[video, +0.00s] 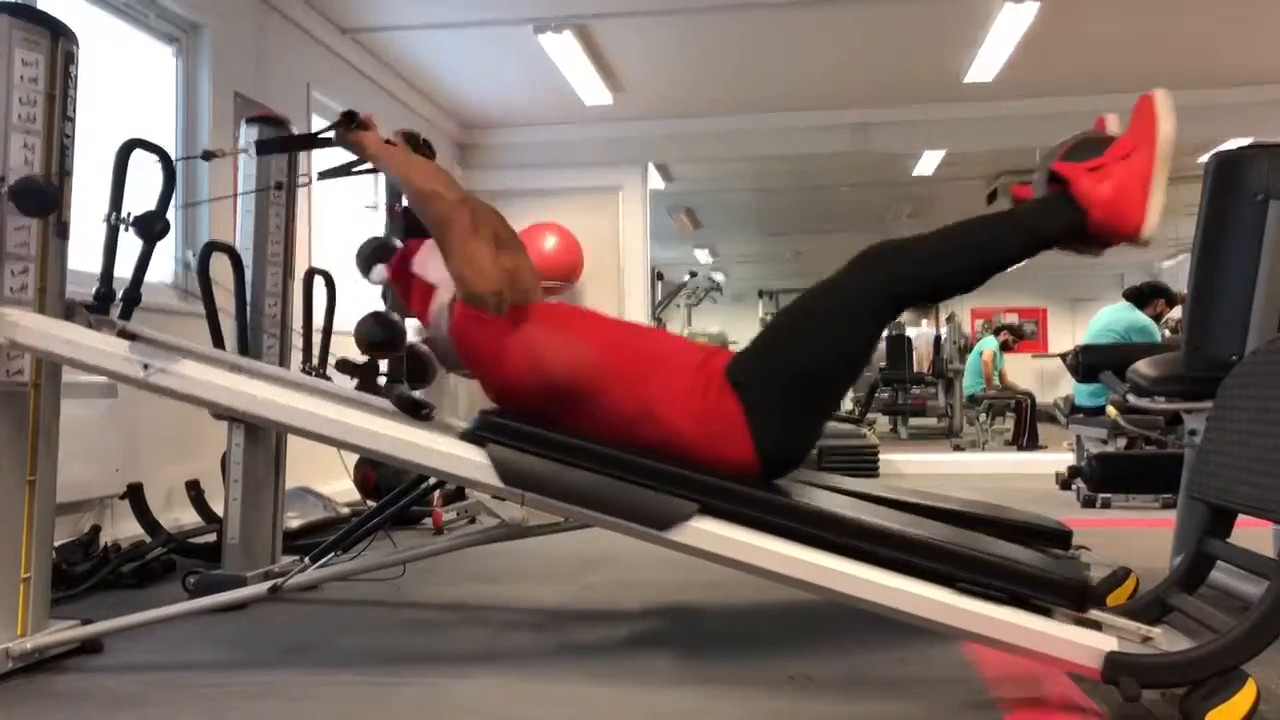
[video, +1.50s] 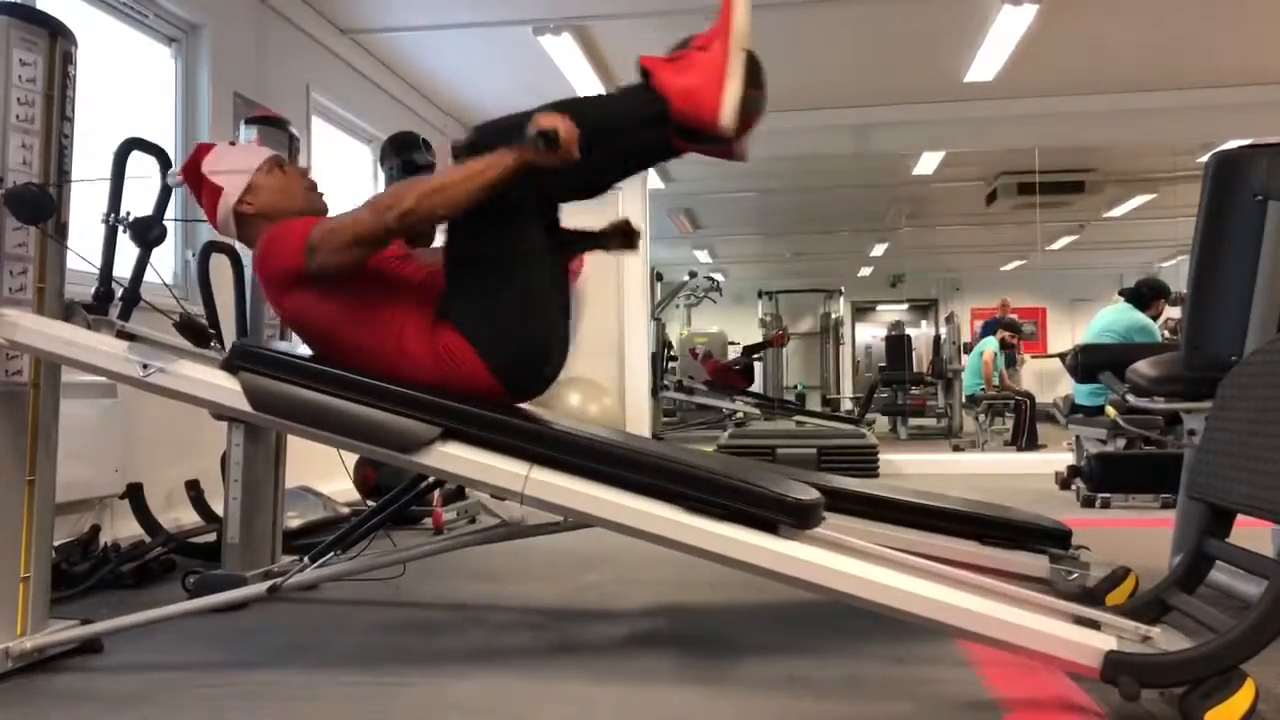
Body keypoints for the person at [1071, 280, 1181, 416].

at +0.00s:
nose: (1163, 316)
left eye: (1166, 313)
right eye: (1166, 311)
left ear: (1139, 298)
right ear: (1159, 305)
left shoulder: (1107, 311)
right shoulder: (1143, 324)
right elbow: (1158, 367)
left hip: (1082, 398)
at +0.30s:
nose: (1163, 316)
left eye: (1167, 312)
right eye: (1166, 311)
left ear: (1140, 299)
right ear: (1159, 306)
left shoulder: (1106, 312)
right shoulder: (1142, 325)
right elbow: (1157, 368)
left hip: (1080, 397)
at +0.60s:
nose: (1164, 313)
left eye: (1167, 309)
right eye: (1167, 308)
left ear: (1140, 296)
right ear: (1161, 305)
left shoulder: (1107, 311)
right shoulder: (1144, 325)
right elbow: (1158, 369)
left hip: (1082, 396)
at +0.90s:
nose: (1162, 311)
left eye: (1163, 307)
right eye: (1163, 306)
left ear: (1135, 294)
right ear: (1159, 304)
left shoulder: (1107, 311)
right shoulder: (1143, 324)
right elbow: (1157, 368)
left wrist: (1160, 329)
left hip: (1081, 397)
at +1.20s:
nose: (1162, 309)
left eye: (1163, 305)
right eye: (1163, 304)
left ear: (1135, 295)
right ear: (1159, 304)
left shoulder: (1106, 311)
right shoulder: (1143, 325)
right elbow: (1157, 368)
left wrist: (1157, 330)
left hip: (1081, 398)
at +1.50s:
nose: (1163, 309)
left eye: (1165, 305)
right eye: (1164, 305)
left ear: (1136, 295)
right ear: (1160, 304)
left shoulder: (1108, 311)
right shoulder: (1144, 324)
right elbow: (1158, 368)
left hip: (1081, 398)